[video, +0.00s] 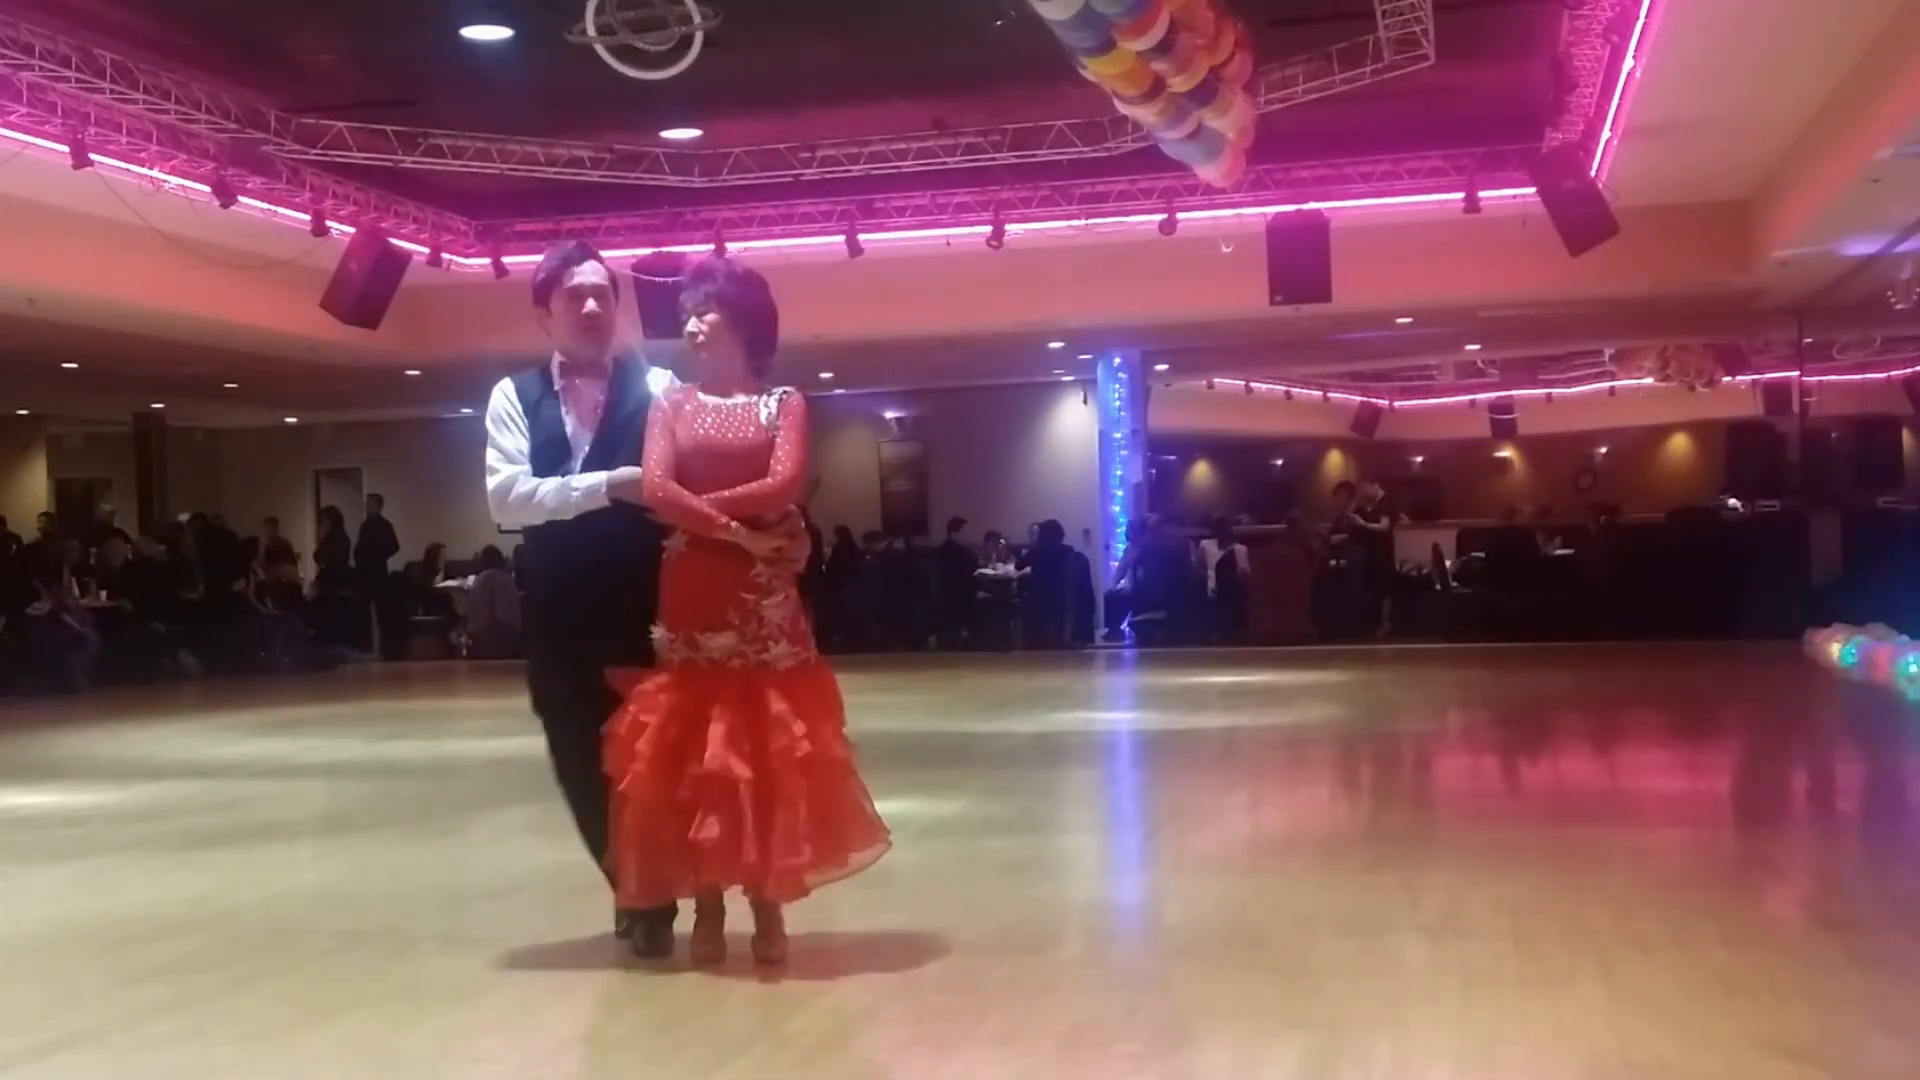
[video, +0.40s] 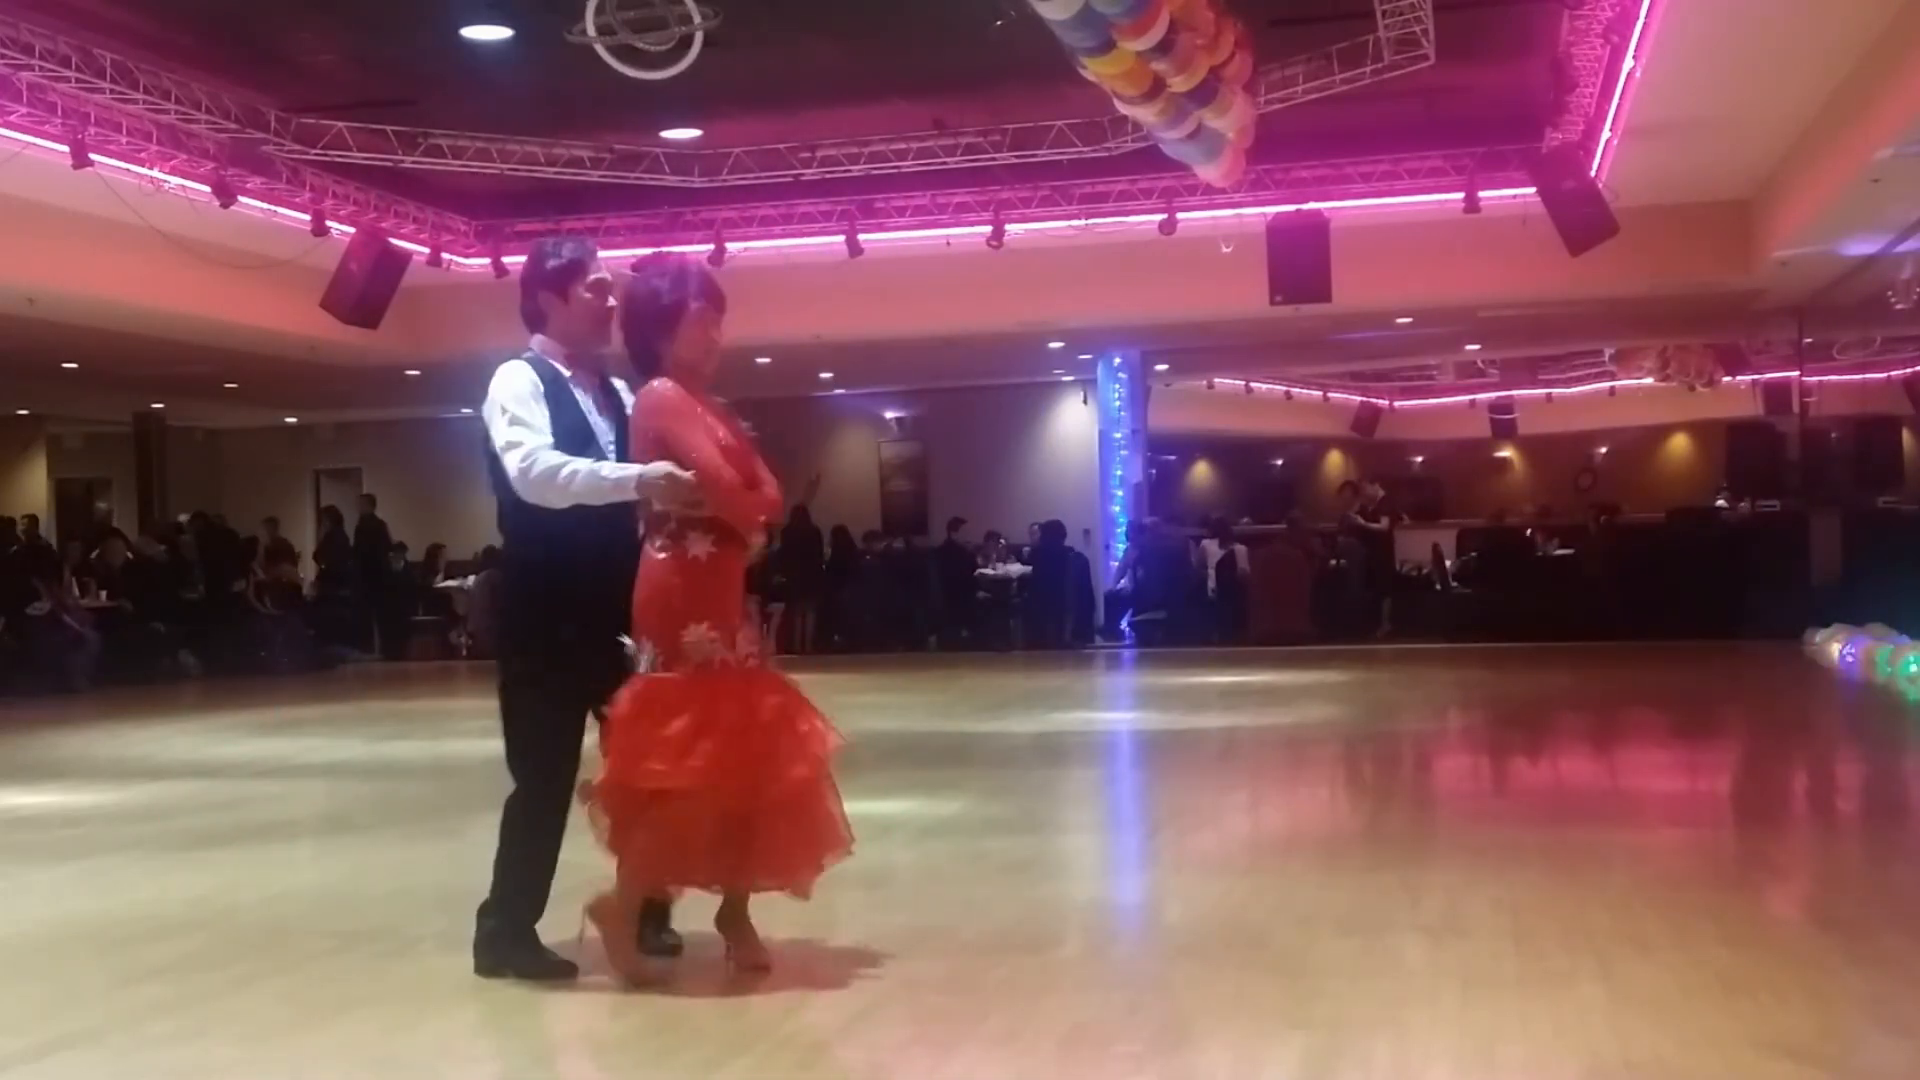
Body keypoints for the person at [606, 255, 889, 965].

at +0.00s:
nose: (696, 325)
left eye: (710, 312)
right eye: (690, 315)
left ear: (749, 322)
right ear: (687, 329)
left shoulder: (783, 403)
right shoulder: (672, 404)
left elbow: (786, 483)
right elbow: (654, 488)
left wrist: (697, 506)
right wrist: (745, 534)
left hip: (764, 590)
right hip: (691, 591)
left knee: (767, 744)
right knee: (697, 748)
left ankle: (766, 901)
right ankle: (706, 900)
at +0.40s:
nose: (717, 332)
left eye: (719, 318)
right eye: (703, 318)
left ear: (715, 323)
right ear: (662, 326)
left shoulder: (707, 405)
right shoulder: (662, 402)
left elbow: (769, 496)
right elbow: (727, 492)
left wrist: (721, 509)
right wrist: (760, 514)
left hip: (720, 593)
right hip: (676, 594)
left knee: (744, 752)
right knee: (680, 758)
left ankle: (735, 910)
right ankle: (622, 903)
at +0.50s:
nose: (710, 331)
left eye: (706, 316)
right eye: (700, 318)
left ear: (638, 329)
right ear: (670, 324)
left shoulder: (646, 396)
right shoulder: (673, 394)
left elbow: (686, 484)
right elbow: (740, 484)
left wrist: (720, 522)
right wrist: (726, 530)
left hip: (666, 580)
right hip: (681, 583)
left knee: (711, 751)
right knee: (673, 761)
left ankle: (709, 909)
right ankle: (616, 929)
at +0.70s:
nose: (693, 334)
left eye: (688, 322)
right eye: (687, 322)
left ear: (608, 328)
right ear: (671, 330)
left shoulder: (592, 408)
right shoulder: (689, 409)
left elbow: (593, 488)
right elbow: (735, 503)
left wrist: (680, 528)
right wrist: (703, 543)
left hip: (607, 571)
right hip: (671, 577)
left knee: (617, 744)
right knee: (668, 752)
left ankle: (599, 911)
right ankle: (610, 923)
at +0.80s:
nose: (685, 325)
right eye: (679, 313)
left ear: (594, 319)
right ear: (667, 321)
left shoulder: (581, 402)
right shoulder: (685, 399)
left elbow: (577, 482)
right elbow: (726, 493)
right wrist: (694, 545)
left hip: (604, 567)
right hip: (671, 569)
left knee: (598, 741)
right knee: (661, 747)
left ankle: (573, 898)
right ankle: (620, 931)